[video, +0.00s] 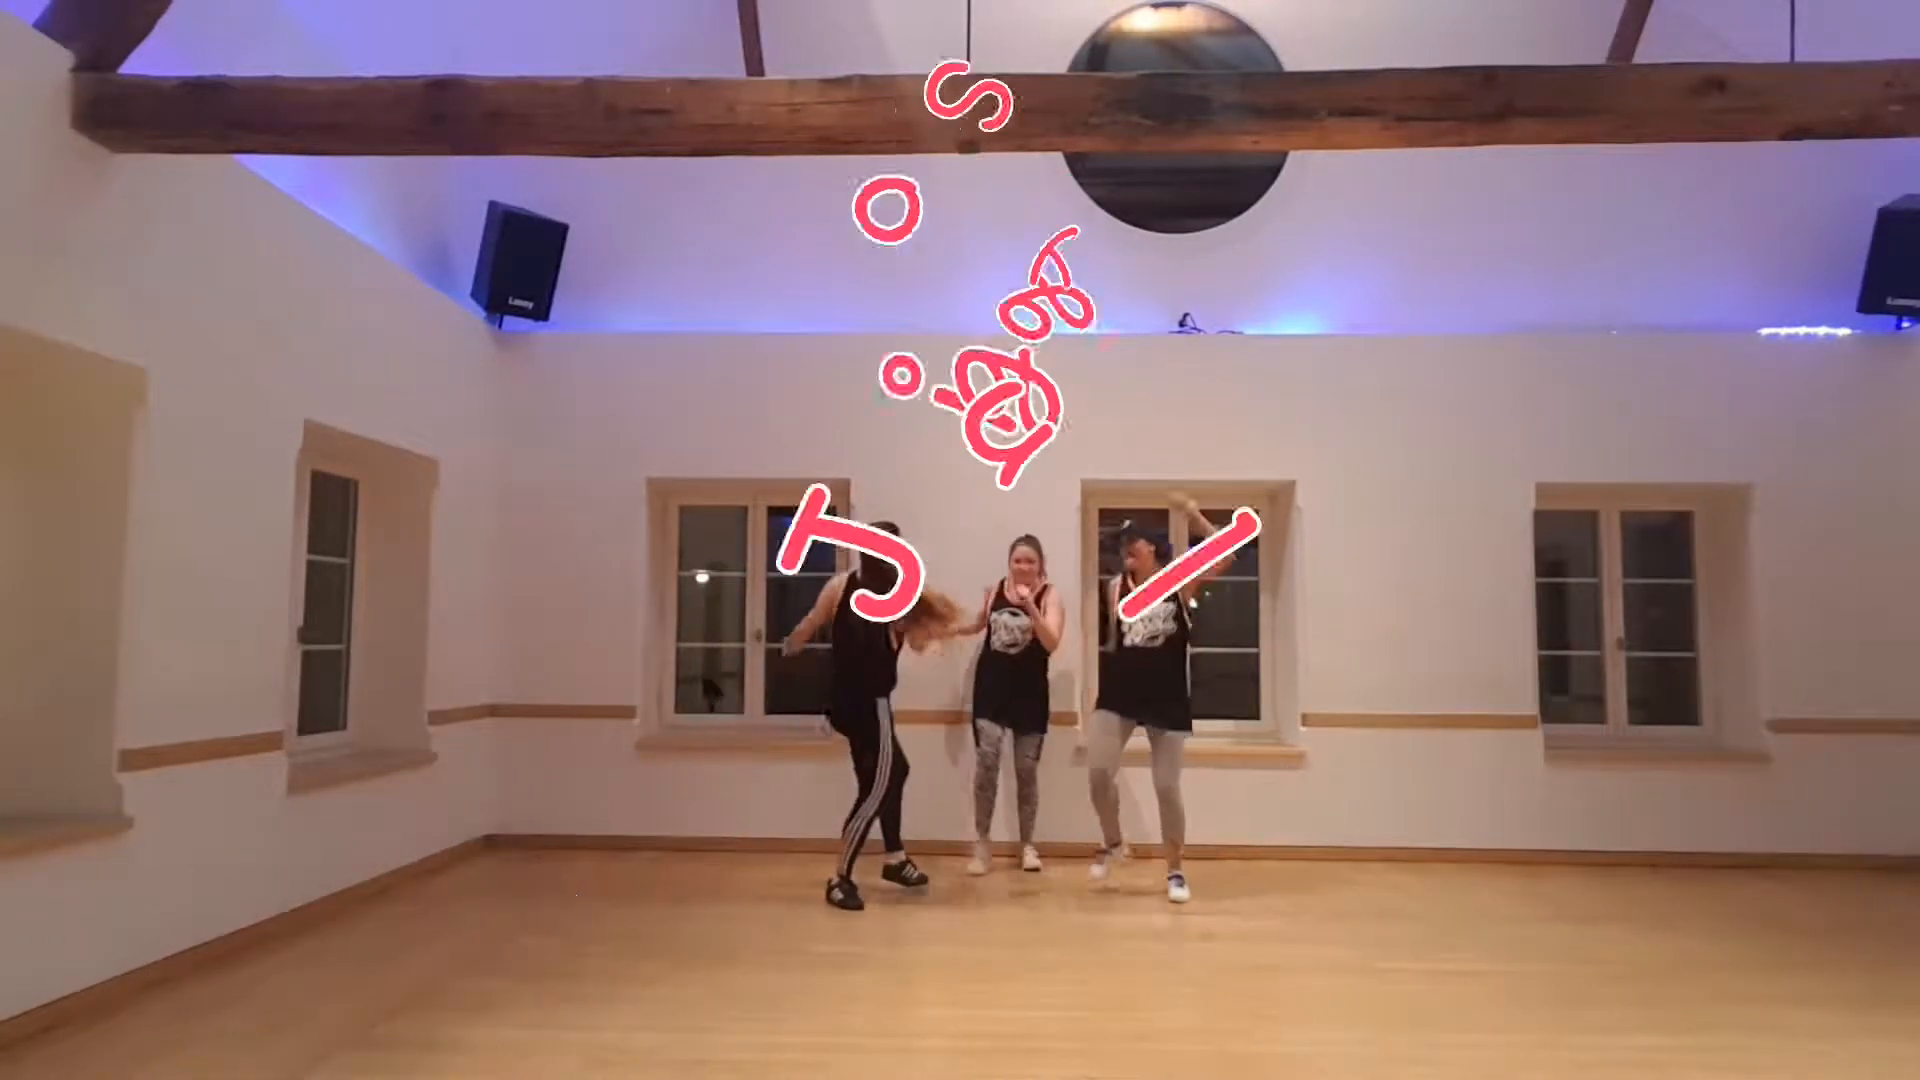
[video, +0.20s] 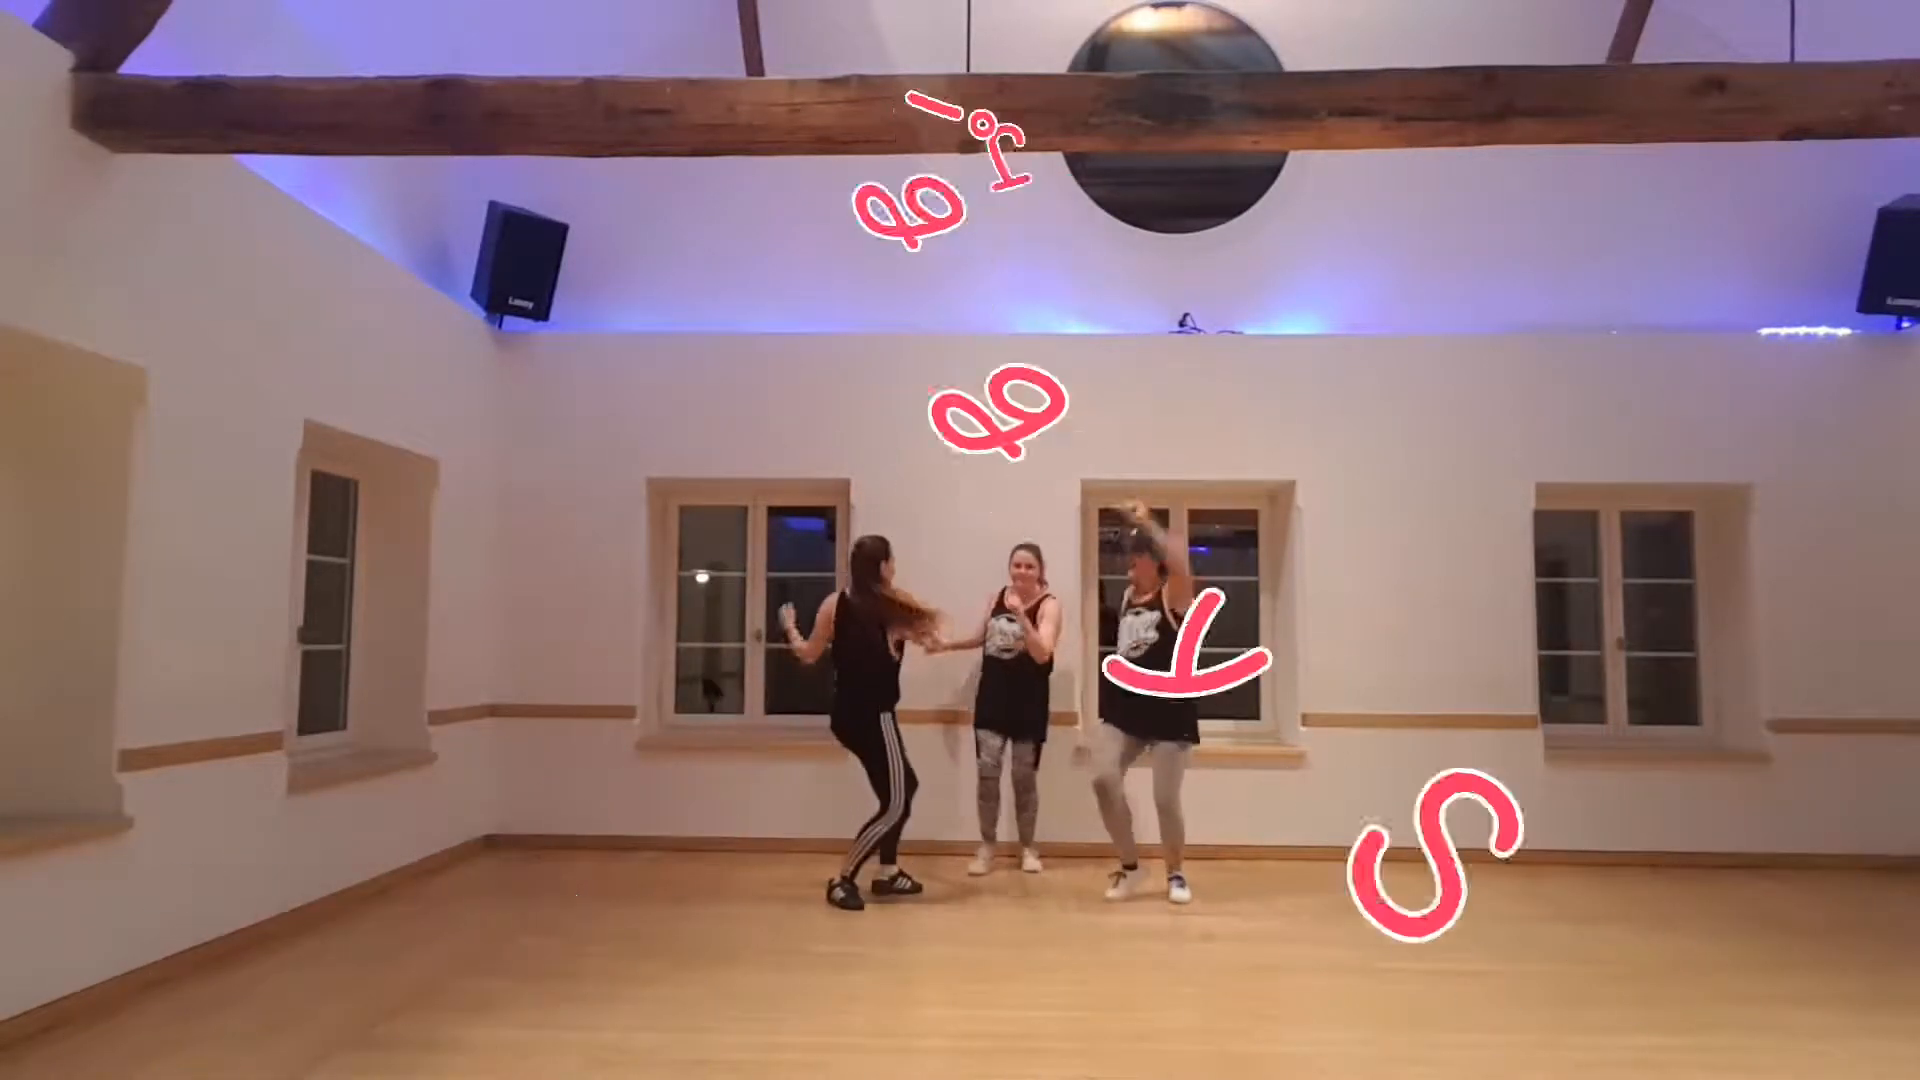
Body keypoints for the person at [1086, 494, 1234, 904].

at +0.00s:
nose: (1129, 554)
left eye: (1136, 548)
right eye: (1126, 550)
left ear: (1155, 551)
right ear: (1125, 557)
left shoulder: (1179, 582)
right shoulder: (1113, 588)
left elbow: (1223, 559)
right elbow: (1107, 641)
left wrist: (1194, 515)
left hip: (1166, 697)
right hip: (1118, 694)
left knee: (1167, 786)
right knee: (1098, 774)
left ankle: (1176, 872)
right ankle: (1113, 846)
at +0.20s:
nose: (1134, 571)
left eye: (1140, 564)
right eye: (1131, 564)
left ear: (1159, 567)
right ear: (1128, 566)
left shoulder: (1174, 600)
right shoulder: (1128, 598)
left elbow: (1177, 560)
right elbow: (1127, 653)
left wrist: (1145, 522)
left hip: (1170, 716)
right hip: (1126, 713)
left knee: (1166, 799)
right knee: (1104, 778)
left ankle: (1175, 874)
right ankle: (1130, 867)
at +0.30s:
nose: (1128, 571)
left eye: (1135, 564)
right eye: (1126, 564)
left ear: (1156, 568)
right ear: (1133, 568)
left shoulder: (1177, 611)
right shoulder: (1130, 605)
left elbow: (1143, 585)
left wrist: (1123, 553)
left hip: (1173, 721)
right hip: (1127, 716)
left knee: (1162, 803)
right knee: (1096, 779)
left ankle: (1175, 876)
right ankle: (1127, 866)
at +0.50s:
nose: (1129, 558)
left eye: (1136, 551)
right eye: (1127, 551)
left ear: (1157, 555)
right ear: (1132, 558)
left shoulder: (1168, 584)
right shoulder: (1134, 589)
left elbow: (1124, 603)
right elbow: (1117, 603)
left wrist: (1095, 567)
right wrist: (1097, 572)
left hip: (1165, 710)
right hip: (1124, 706)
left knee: (1160, 790)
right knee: (1092, 773)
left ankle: (1176, 874)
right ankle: (1123, 859)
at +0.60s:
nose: (1124, 549)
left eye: (1132, 543)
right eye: (1124, 543)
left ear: (1152, 549)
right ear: (1127, 548)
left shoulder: (1164, 576)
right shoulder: (1123, 586)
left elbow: (1119, 570)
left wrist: (1068, 543)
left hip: (1157, 700)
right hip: (1115, 695)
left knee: (1159, 787)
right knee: (1081, 763)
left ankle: (1178, 875)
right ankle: (1096, 855)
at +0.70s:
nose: (1117, 554)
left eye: (1125, 548)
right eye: (1116, 548)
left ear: (1144, 553)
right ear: (1121, 552)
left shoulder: (1162, 584)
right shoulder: (1116, 588)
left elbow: (1120, 570)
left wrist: (1069, 557)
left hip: (1148, 702)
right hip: (1105, 695)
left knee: (1152, 788)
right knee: (1073, 773)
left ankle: (1178, 875)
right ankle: (1067, 861)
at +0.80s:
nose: (1111, 567)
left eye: (1118, 561)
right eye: (1111, 560)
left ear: (1137, 566)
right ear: (1115, 566)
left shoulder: (1156, 597)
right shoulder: (1109, 599)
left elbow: (1125, 597)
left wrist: (1075, 600)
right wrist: (1063, 602)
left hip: (1135, 714)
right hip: (1092, 706)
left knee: (1143, 799)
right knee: (1060, 786)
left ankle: (1176, 875)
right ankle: (1053, 868)